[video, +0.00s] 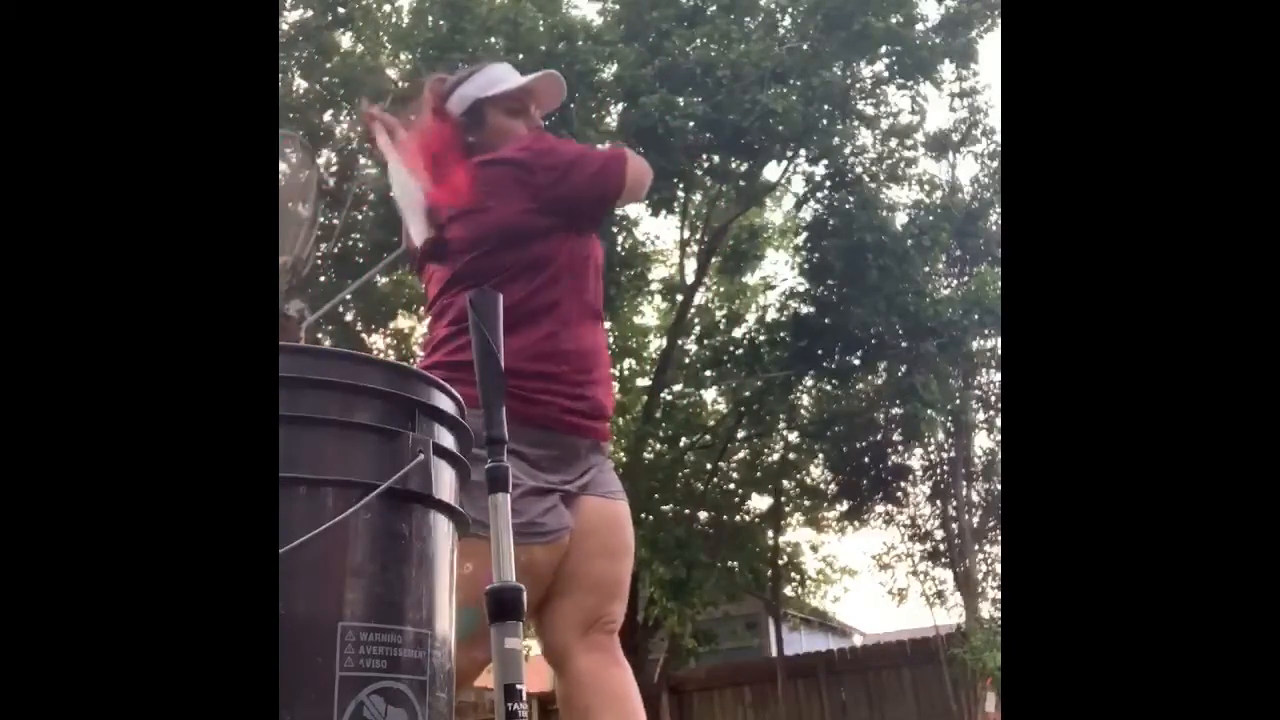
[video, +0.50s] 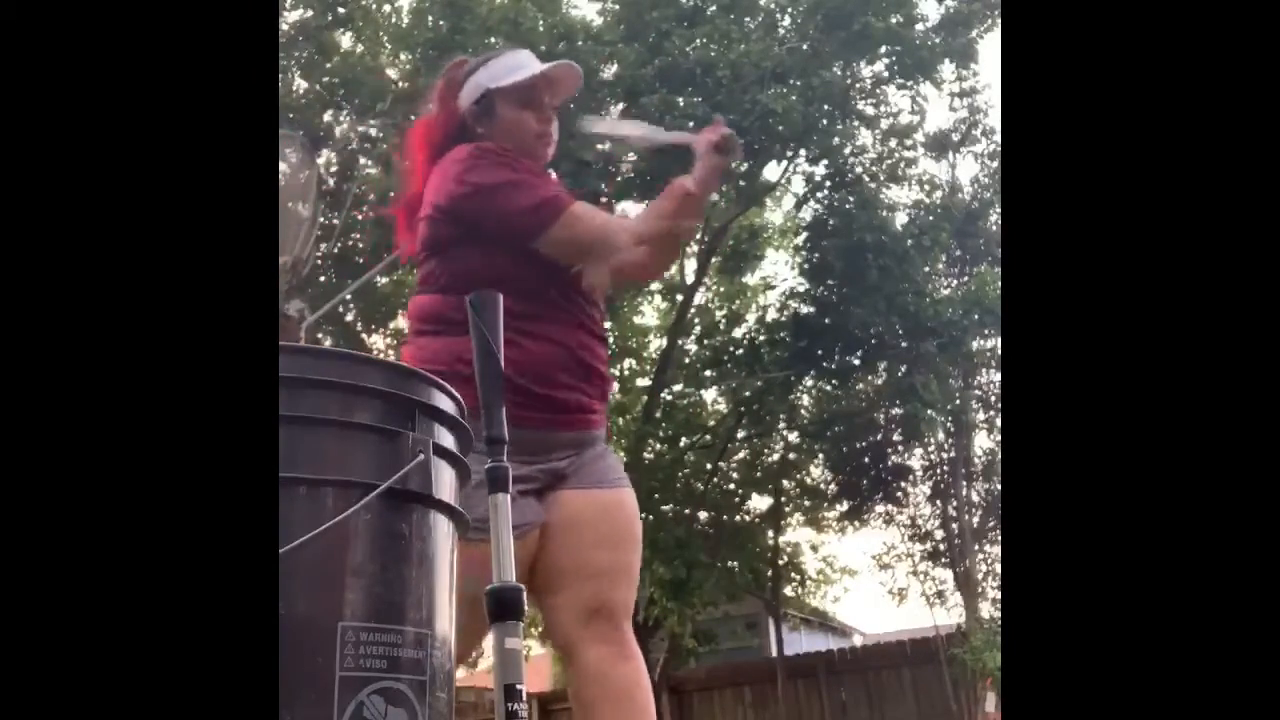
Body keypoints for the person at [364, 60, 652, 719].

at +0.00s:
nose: (537, 118)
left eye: (533, 108)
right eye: (519, 108)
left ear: (471, 126)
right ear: (479, 120)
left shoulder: (441, 188)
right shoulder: (536, 166)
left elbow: (419, 245)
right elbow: (639, 175)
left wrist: (405, 157)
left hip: (581, 452)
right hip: (494, 450)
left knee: (594, 639)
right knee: (457, 656)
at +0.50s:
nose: (550, 119)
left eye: (552, 106)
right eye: (530, 104)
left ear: (552, 112)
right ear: (481, 115)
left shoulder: (550, 199)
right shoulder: (470, 174)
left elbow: (639, 259)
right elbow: (617, 242)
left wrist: (697, 182)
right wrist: (699, 177)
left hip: (581, 450)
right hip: (478, 452)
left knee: (605, 634)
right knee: (439, 653)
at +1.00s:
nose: (584, 66)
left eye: (597, 50)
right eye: (561, 55)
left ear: (620, 63)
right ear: (530, 70)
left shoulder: (662, 167)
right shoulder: (504, 138)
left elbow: (700, 271)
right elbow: (511, 230)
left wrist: (779, 299)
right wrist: (654, 254)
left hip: (620, 423)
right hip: (486, 407)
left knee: (632, 628)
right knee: (473, 578)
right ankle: (405, 706)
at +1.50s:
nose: (410, 7)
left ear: (467, 3)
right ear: (353, 11)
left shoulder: (532, 87)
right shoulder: (310, 130)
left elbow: (601, 207)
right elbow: (285, 275)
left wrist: (660, 278)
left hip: (524, 403)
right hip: (370, 413)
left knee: (574, 617)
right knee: (357, 638)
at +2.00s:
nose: (403, 33)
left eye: (421, 5)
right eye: (370, 15)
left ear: (457, 8)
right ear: (334, 38)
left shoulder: (520, 87)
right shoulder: (310, 139)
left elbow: (599, 195)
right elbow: (288, 268)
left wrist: (676, 270)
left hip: (511, 381)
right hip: (366, 397)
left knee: (569, 589)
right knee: (341, 613)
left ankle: (613, 718)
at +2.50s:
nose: (394, 61)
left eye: (417, 31)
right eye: (358, 40)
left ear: (455, 25)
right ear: (323, 50)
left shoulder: (517, 110)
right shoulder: (317, 169)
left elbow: (596, 204)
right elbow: (289, 295)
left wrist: (677, 281)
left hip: (510, 395)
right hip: (369, 408)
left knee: (554, 614)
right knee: (350, 627)